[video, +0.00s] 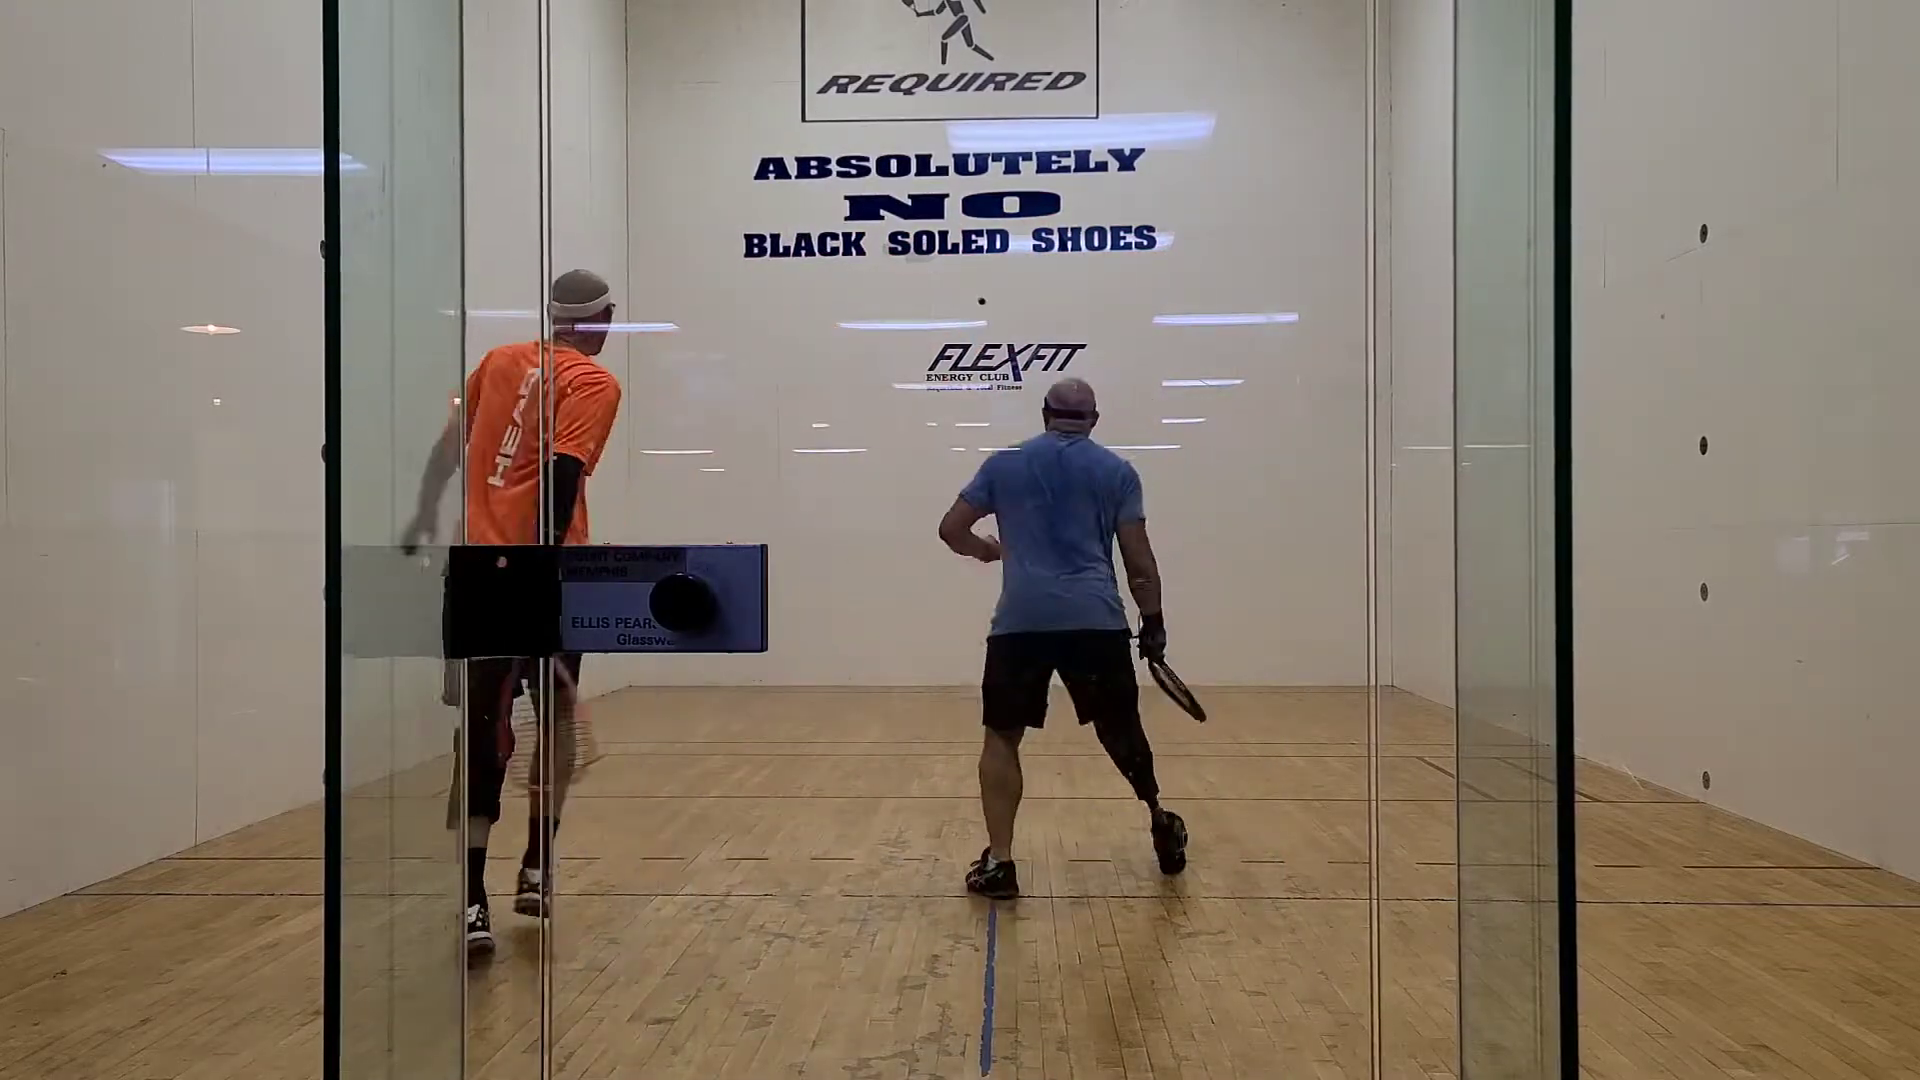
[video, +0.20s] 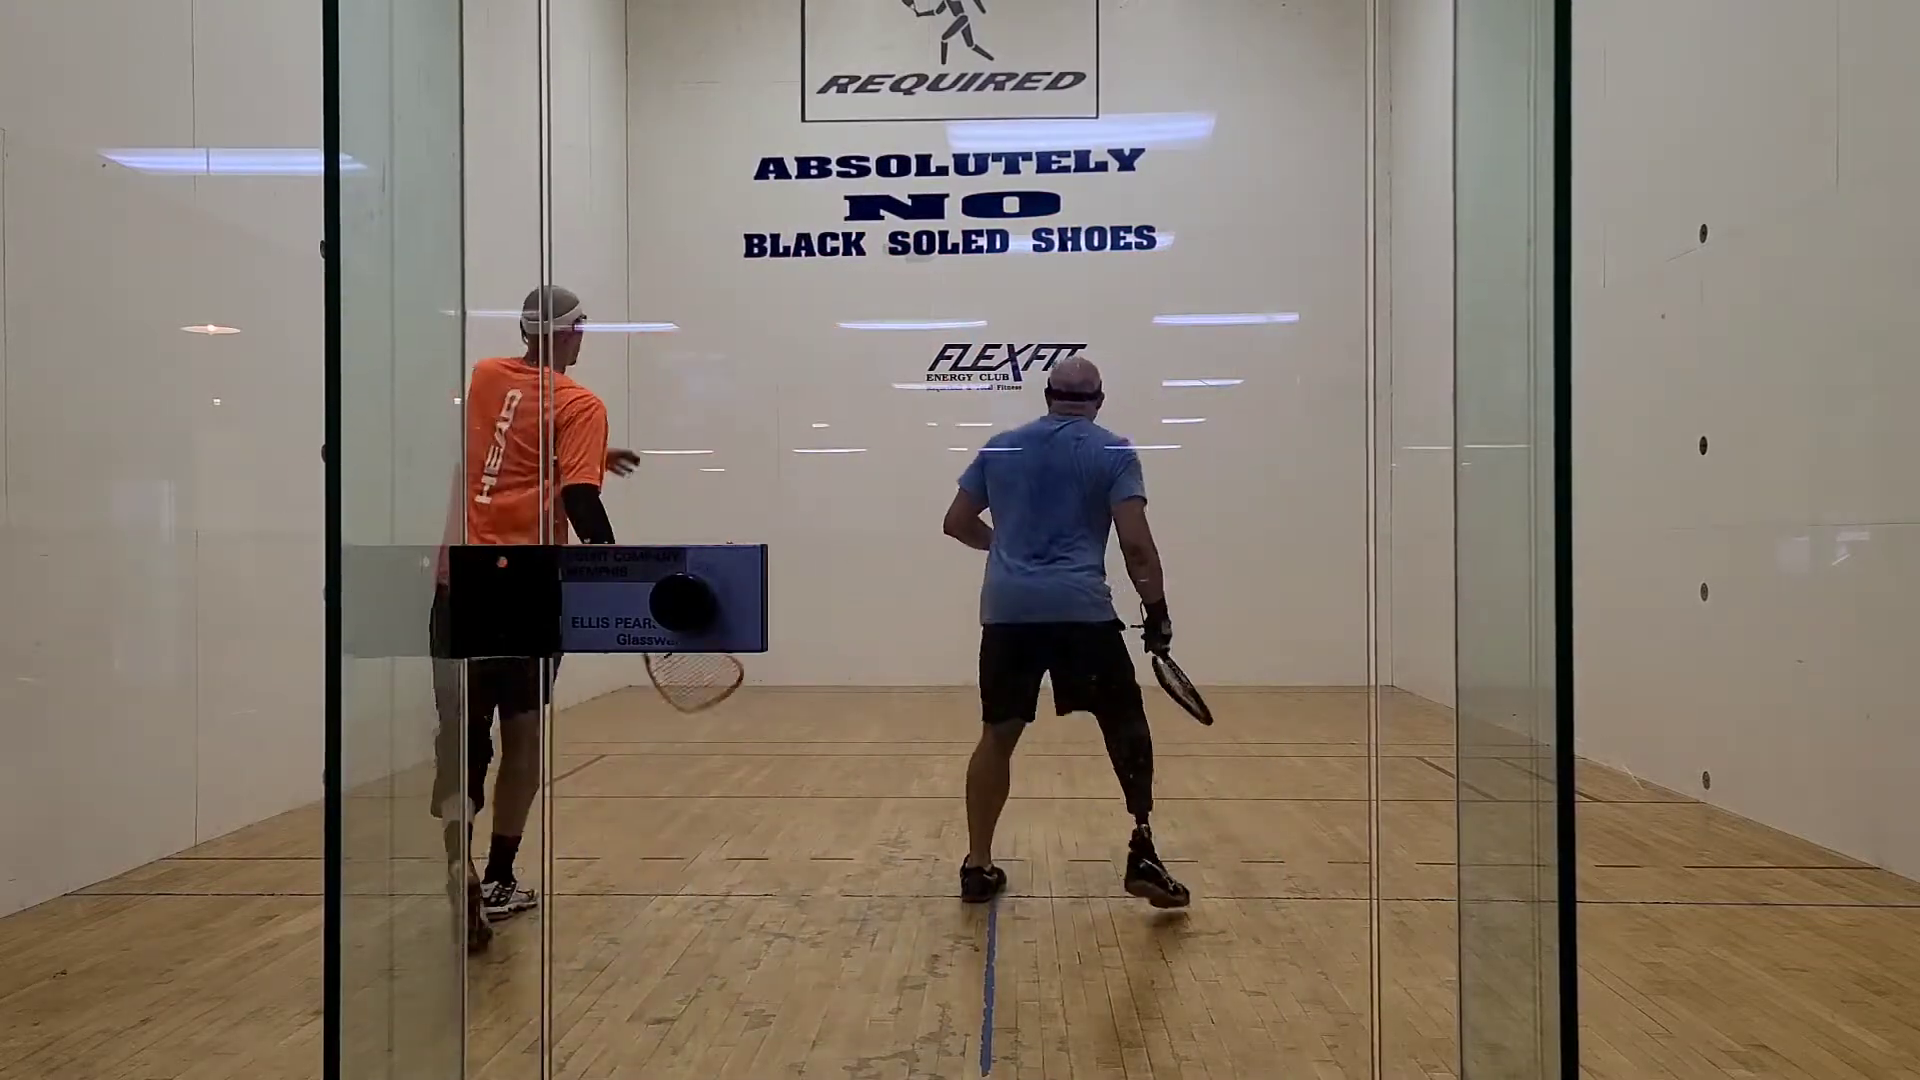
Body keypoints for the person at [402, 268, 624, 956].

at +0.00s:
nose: (606, 334)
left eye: (603, 322)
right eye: (606, 324)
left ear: (551, 315)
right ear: (599, 323)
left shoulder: (497, 362)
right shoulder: (595, 385)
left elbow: (447, 449)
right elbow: (561, 475)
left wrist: (422, 517)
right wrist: (551, 568)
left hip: (475, 568)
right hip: (544, 575)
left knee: (483, 730)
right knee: (560, 725)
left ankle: (473, 900)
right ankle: (537, 869)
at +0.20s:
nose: (582, 339)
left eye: (578, 328)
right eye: (579, 329)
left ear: (525, 331)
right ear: (569, 334)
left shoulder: (485, 374)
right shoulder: (580, 405)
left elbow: (521, 433)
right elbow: (580, 501)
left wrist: (592, 454)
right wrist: (620, 578)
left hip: (461, 575)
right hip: (531, 580)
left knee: (468, 726)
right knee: (522, 736)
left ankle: (453, 871)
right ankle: (496, 880)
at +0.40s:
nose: (577, 338)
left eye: (574, 328)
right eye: (574, 329)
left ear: (518, 331)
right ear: (563, 333)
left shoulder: (475, 381)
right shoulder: (575, 401)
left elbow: (453, 464)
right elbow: (578, 494)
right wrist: (610, 566)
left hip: (463, 575)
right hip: (533, 579)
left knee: (458, 714)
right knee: (526, 730)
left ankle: (418, 848)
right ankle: (497, 880)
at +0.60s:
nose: (578, 367)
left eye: (576, 356)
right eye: (574, 357)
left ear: (520, 360)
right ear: (558, 359)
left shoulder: (471, 411)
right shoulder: (570, 421)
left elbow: (438, 492)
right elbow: (570, 521)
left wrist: (466, 551)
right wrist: (596, 595)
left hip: (466, 599)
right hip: (534, 601)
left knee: (456, 731)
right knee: (562, 723)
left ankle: (402, 871)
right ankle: (511, 855)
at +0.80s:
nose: (632, 370)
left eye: (630, 361)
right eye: (626, 361)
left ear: (579, 369)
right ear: (603, 367)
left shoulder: (526, 412)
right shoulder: (610, 424)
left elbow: (496, 475)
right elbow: (594, 511)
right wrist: (621, 589)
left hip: (488, 587)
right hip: (553, 592)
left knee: (473, 725)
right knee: (627, 696)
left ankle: (404, 866)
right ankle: (610, 842)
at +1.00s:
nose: (713, 377)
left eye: (709, 367)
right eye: (705, 368)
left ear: (661, 378)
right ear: (674, 376)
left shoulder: (614, 418)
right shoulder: (679, 431)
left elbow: (593, 510)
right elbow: (661, 521)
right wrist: (696, 596)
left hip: (567, 591)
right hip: (624, 597)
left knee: (526, 723)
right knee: (683, 710)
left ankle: (429, 839)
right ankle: (669, 853)